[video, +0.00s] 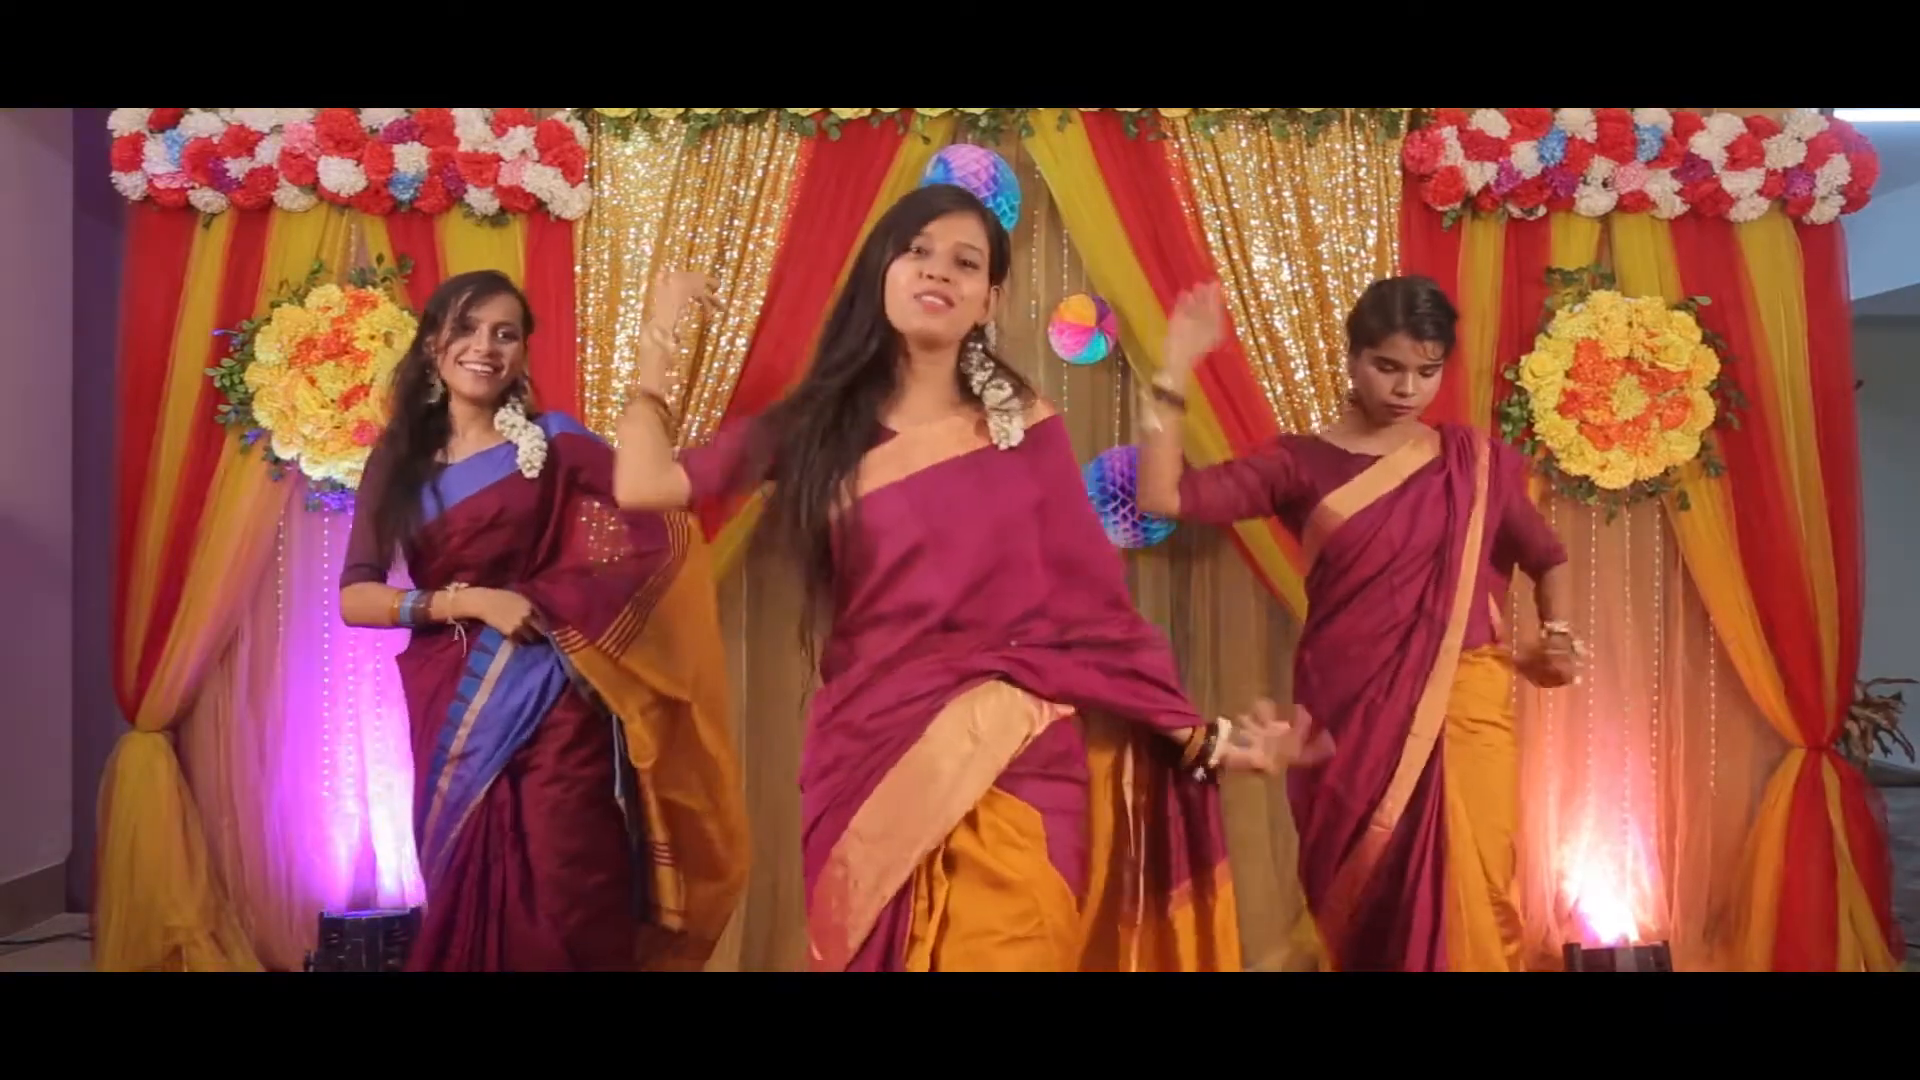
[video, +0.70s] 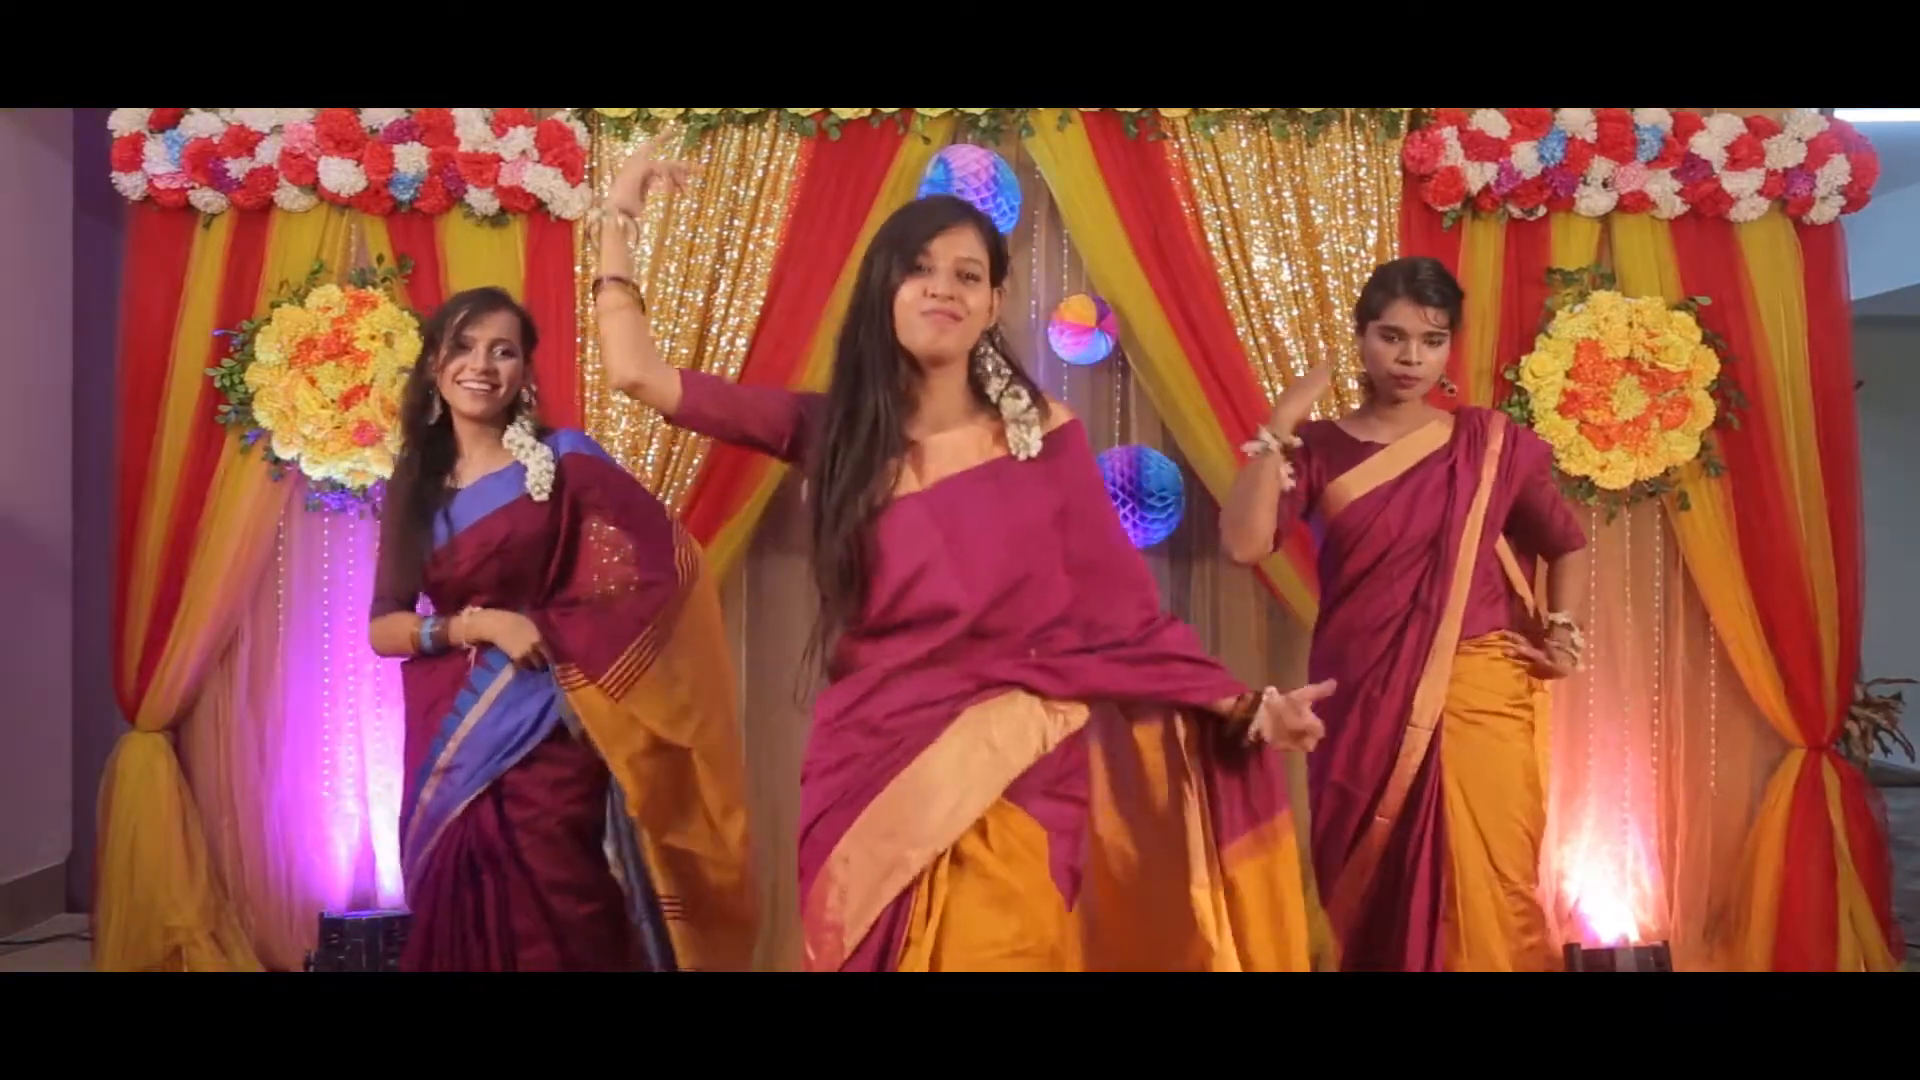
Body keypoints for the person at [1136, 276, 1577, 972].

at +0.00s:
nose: (1407, 388)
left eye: (1425, 370)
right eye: (1388, 367)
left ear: (1444, 365)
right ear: (1352, 358)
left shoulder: (1474, 457)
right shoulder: (1305, 461)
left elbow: (1550, 559)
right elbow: (1162, 495)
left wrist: (1557, 637)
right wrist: (1174, 369)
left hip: (1468, 706)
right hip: (1352, 716)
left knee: (1473, 907)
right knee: (1359, 915)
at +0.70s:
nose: (1411, 356)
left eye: (1430, 340)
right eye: (1392, 336)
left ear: (1451, 346)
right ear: (1360, 337)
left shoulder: (1493, 440)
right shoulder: (1321, 447)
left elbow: (1564, 542)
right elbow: (1243, 541)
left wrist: (1561, 630)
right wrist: (1280, 426)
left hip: (1480, 693)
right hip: (1363, 702)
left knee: (1488, 901)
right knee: (1366, 910)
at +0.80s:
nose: (1411, 352)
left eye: (1430, 335)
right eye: (1392, 332)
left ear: (1451, 343)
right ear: (1361, 336)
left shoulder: (1492, 440)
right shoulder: (1315, 444)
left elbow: (1564, 550)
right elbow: (1257, 580)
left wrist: (1569, 639)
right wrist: (1284, 520)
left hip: (1483, 691)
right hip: (1364, 700)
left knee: (1492, 904)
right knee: (1370, 907)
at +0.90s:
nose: (1412, 357)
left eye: (1431, 341)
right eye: (1394, 338)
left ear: (1451, 350)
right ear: (1360, 344)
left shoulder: (1497, 447)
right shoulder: (1312, 465)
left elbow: (1545, 580)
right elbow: (1289, 615)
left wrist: (1578, 678)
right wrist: (1331, 614)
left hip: (1480, 705)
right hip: (1365, 717)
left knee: (1488, 913)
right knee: (1370, 919)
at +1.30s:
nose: (1417, 342)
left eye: (1436, 327)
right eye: (1398, 323)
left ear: (1452, 342)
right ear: (1361, 333)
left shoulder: (1485, 449)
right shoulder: (1317, 445)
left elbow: (1515, 597)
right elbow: (1307, 575)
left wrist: (1589, 706)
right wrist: (1341, 518)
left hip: (1491, 694)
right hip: (1379, 702)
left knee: (1513, 900)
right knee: (1390, 904)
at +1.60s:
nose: (1420, 354)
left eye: (1435, 337)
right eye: (1398, 337)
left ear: (1455, 353)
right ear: (1361, 352)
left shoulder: (1461, 465)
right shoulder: (1328, 434)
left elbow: (1502, 609)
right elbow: (1344, 552)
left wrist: (1639, 594)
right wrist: (1431, 496)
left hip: (1472, 711)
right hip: (1371, 713)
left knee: (1498, 905)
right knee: (1387, 913)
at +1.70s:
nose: (1422, 345)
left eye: (1438, 328)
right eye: (1399, 329)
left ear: (1457, 344)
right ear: (1364, 345)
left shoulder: (1476, 463)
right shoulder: (1329, 427)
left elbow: (1546, 579)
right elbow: (1330, 536)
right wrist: (1424, 490)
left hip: (1477, 706)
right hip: (1371, 708)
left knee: (1498, 894)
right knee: (1387, 905)